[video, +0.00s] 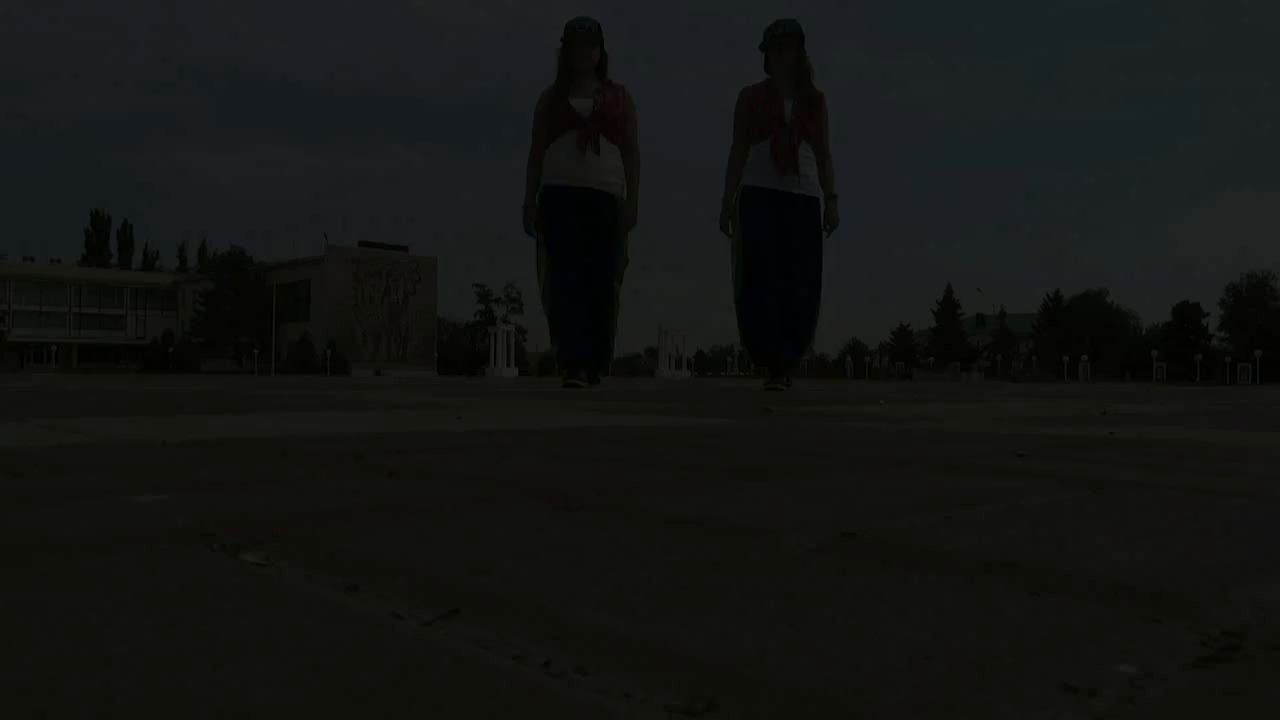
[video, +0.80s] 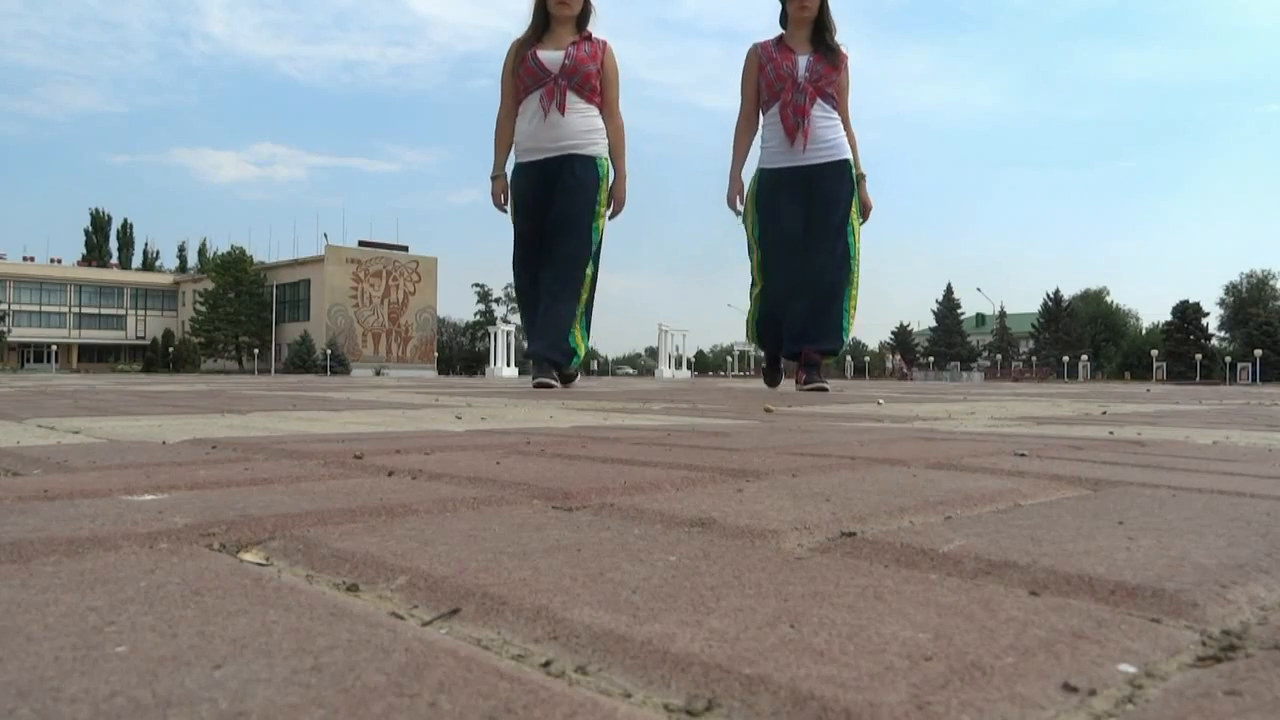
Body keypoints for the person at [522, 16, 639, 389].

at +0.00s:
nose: (584, 54)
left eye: (590, 46)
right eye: (577, 46)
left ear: (600, 51)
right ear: (565, 51)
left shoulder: (617, 97)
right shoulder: (551, 97)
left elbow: (630, 152)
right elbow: (537, 152)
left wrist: (631, 203)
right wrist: (531, 200)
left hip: (604, 197)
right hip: (558, 196)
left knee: (600, 280)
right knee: (561, 280)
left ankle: (594, 365)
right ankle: (569, 365)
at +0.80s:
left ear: (585, 2)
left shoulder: (600, 50)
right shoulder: (521, 48)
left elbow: (612, 115)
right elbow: (507, 112)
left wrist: (620, 175)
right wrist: (498, 170)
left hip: (583, 161)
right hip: (530, 164)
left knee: (567, 258)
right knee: (530, 260)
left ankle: (546, 361)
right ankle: (559, 353)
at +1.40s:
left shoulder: (600, 6)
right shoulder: (504, 5)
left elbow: (608, 68)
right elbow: (488, 71)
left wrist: (603, 132)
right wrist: (474, 143)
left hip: (579, 135)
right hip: (518, 131)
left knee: (575, 247)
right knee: (530, 242)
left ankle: (558, 353)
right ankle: (539, 356)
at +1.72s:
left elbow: (613, 30)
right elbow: (471, 27)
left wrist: (628, 106)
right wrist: (460, 96)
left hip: (571, 95)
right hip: (501, 94)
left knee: (565, 213)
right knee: (510, 226)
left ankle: (574, 335)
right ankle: (534, 354)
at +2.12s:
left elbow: (602, 5)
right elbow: (446, 1)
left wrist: (608, 89)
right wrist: (433, 63)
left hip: (559, 48)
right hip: (478, 53)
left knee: (532, 204)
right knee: (479, 207)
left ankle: (511, 352)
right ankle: (526, 349)